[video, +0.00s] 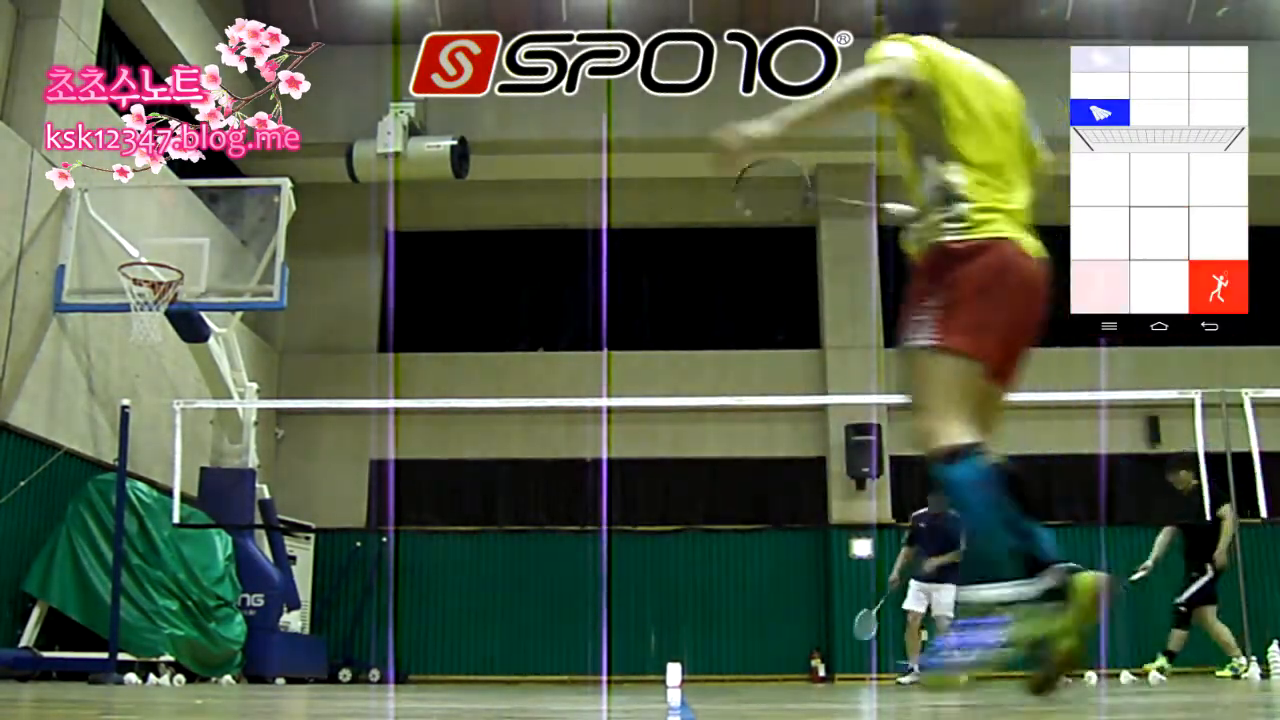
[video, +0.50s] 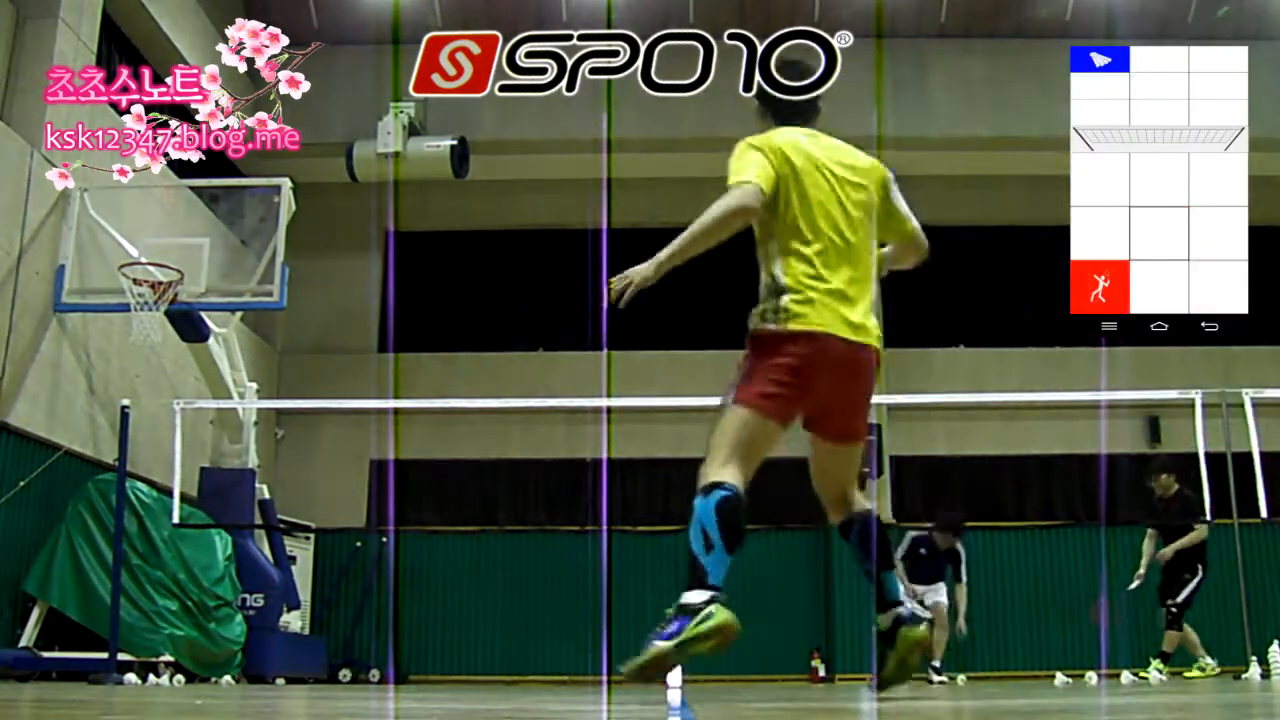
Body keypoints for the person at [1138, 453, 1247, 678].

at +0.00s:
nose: (1175, 485)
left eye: (1176, 480)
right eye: (1173, 482)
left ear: (1187, 473)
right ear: (1179, 478)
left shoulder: (1209, 492)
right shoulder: (1182, 501)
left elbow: (1229, 518)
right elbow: (1168, 531)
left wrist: (1221, 549)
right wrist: (1151, 561)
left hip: (1210, 564)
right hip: (1193, 566)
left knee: (1182, 606)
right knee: (1207, 618)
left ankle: (1166, 660)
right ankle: (1239, 659)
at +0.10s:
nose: (1160, 488)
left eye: (1163, 483)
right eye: (1159, 484)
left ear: (1178, 480)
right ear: (1164, 485)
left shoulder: (1197, 500)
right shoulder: (1169, 507)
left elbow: (1217, 527)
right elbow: (1157, 537)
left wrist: (1205, 558)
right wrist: (1141, 563)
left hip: (1197, 571)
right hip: (1181, 573)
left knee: (1171, 610)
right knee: (1191, 626)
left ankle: (1158, 666)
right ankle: (1234, 657)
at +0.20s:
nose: (1151, 496)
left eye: (1153, 491)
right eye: (1149, 493)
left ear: (1166, 487)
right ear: (1150, 492)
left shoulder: (1185, 504)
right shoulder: (1158, 511)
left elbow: (1202, 534)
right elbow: (1149, 543)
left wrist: (1186, 562)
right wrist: (1136, 569)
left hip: (1197, 567)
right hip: (1176, 568)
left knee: (1172, 611)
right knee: (1168, 617)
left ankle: (1159, 666)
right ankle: (1211, 647)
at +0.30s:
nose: (1147, 497)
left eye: (1149, 492)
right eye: (1144, 493)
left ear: (1162, 488)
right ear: (1143, 492)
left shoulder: (1183, 505)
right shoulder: (1153, 512)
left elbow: (1194, 535)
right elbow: (1145, 545)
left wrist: (1170, 558)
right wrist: (1136, 572)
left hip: (1196, 565)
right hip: (1175, 566)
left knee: (1173, 610)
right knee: (1158, 614)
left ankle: (1159, 665)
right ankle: (1196, 652)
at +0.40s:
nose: (1148, 492)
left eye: (1150, 487)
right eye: (1145, 488)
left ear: (1163, 483)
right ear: (1147, 487)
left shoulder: (1185, 501)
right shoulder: (1155, 508)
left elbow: (1195, 533)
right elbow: (1146, 541)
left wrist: (1166, 551)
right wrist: (1139, 571)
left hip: (1193, 561)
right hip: (1172, 561)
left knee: (1173, 610)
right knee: (1158, 613)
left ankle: (1160, 664)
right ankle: (1197, 654)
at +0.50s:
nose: (1154, 484)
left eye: (1158, 479)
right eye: (1153, 480)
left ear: (1171, 477)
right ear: (1153, 482)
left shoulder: (1189, 499)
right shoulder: (1158, 504)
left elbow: (1202, 530)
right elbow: (1151, 537)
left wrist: (1172, 548)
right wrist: (1143, 567)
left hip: (1193, 562)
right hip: (1171, 563)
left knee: (1175, 608)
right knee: (1171, 614)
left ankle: (1161, 663)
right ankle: (1205, 659)